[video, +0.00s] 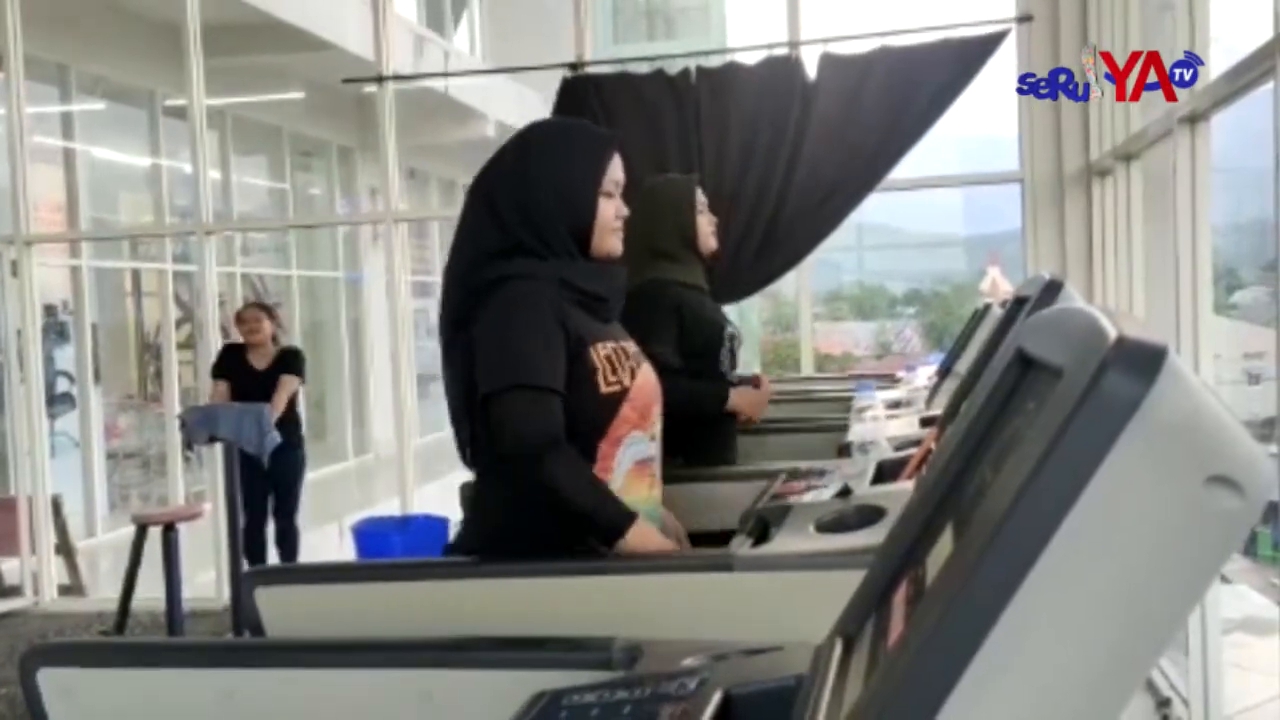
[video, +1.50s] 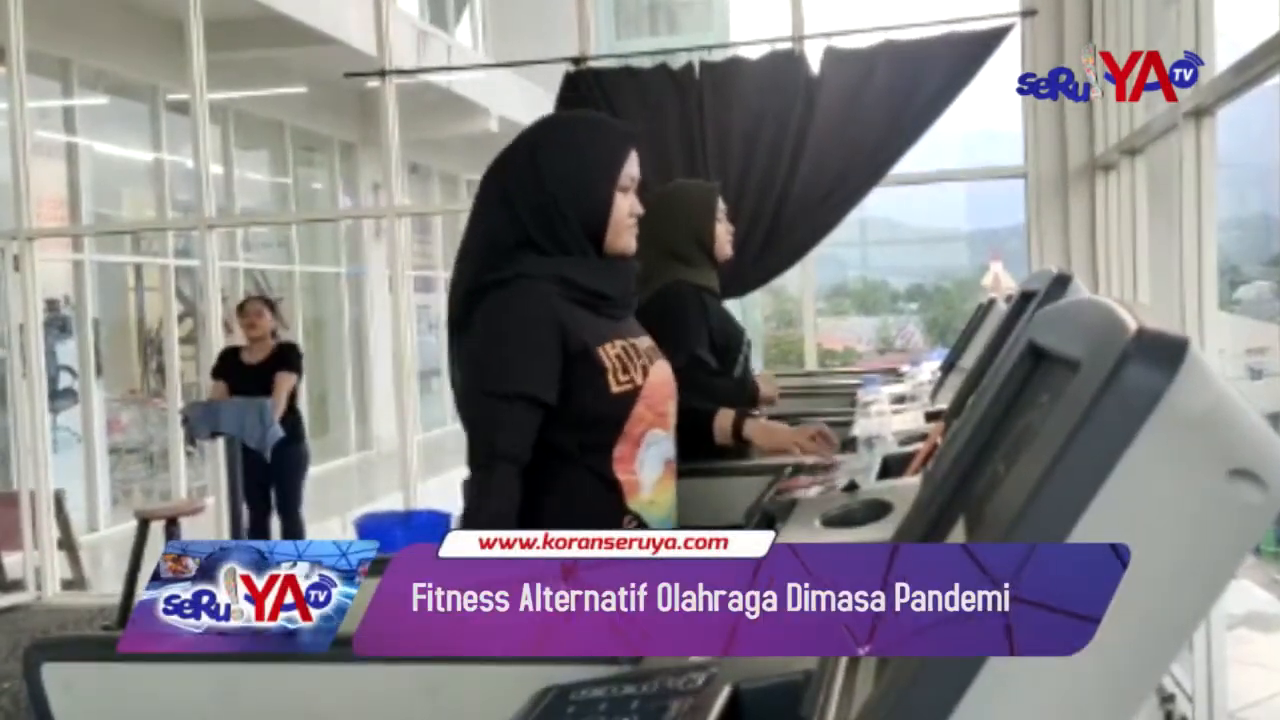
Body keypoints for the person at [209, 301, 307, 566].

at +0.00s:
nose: (251, 329)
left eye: (257, 322)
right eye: (245, 324)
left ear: (272, 324)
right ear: (238, 329)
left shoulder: (290, 357)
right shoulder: (230, 354)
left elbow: (282, 396)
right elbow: (220, 396)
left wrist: (263, 428)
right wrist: (217, 428)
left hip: (285, 439)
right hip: (246, 440)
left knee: (285, 513)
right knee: (254, 514)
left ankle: (288, 572)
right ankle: (257, 574)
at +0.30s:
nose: (255, 325)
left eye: (260, 318)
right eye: (247, 321)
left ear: (273, 322)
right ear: (239, 329)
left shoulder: (290, 358)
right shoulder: (234, 349)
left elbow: (282, 395)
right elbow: (220, 390)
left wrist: (264, 423)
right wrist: (209, 422)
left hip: (281, 431)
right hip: (243, 431)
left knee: (278, 503)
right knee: (253, 501)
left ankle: (276, 568)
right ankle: (253, 567)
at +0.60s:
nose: (256, 324)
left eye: (263, 316)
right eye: (249, 319)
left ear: (275, 321)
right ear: (241, 326)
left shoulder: (290, 356)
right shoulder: (230, 352)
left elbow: (282, 399)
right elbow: (220, 392)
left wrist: (264, 427)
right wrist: (208, 420)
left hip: (285, 437)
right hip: (247, 438)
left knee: (287, 509)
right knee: (257, 512)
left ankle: (294, 569)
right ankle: (260, 570)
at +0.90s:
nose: (253, 322)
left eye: (261, 316)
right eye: (249, 316)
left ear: (276, 322)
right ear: (243, 322)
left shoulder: (282, 352)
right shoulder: (237, 356)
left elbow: (280, 392)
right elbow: (223, 393)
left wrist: (271, 426)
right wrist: (207, 417)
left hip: (281, 429)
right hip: (253, 432)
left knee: (282, 493)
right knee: (268, 497)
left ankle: (293, 548)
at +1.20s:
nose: (246, 320)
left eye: (254, 315)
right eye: (244, 315)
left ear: (272, 322)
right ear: (240, 320)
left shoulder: (279, 351)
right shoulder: (236, 357)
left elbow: (279, 395)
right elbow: (224, 394)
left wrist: (270, 427)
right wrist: (205, 416)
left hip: (281, 431)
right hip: (254, 433)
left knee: (284, 502)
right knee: (273, 503)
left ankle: (294, 556)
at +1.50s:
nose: (251, 320)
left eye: (259, 314)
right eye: (246, 315)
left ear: (273, 320)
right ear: (239, 321)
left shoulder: (287, 352)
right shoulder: (229, 356)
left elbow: (281, 393)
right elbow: (218, 399)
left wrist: (266, 426)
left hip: (286, 436)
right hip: (247, 438)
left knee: (288, 509)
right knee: (257, 511)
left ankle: (295, 566)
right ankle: (260, 568)